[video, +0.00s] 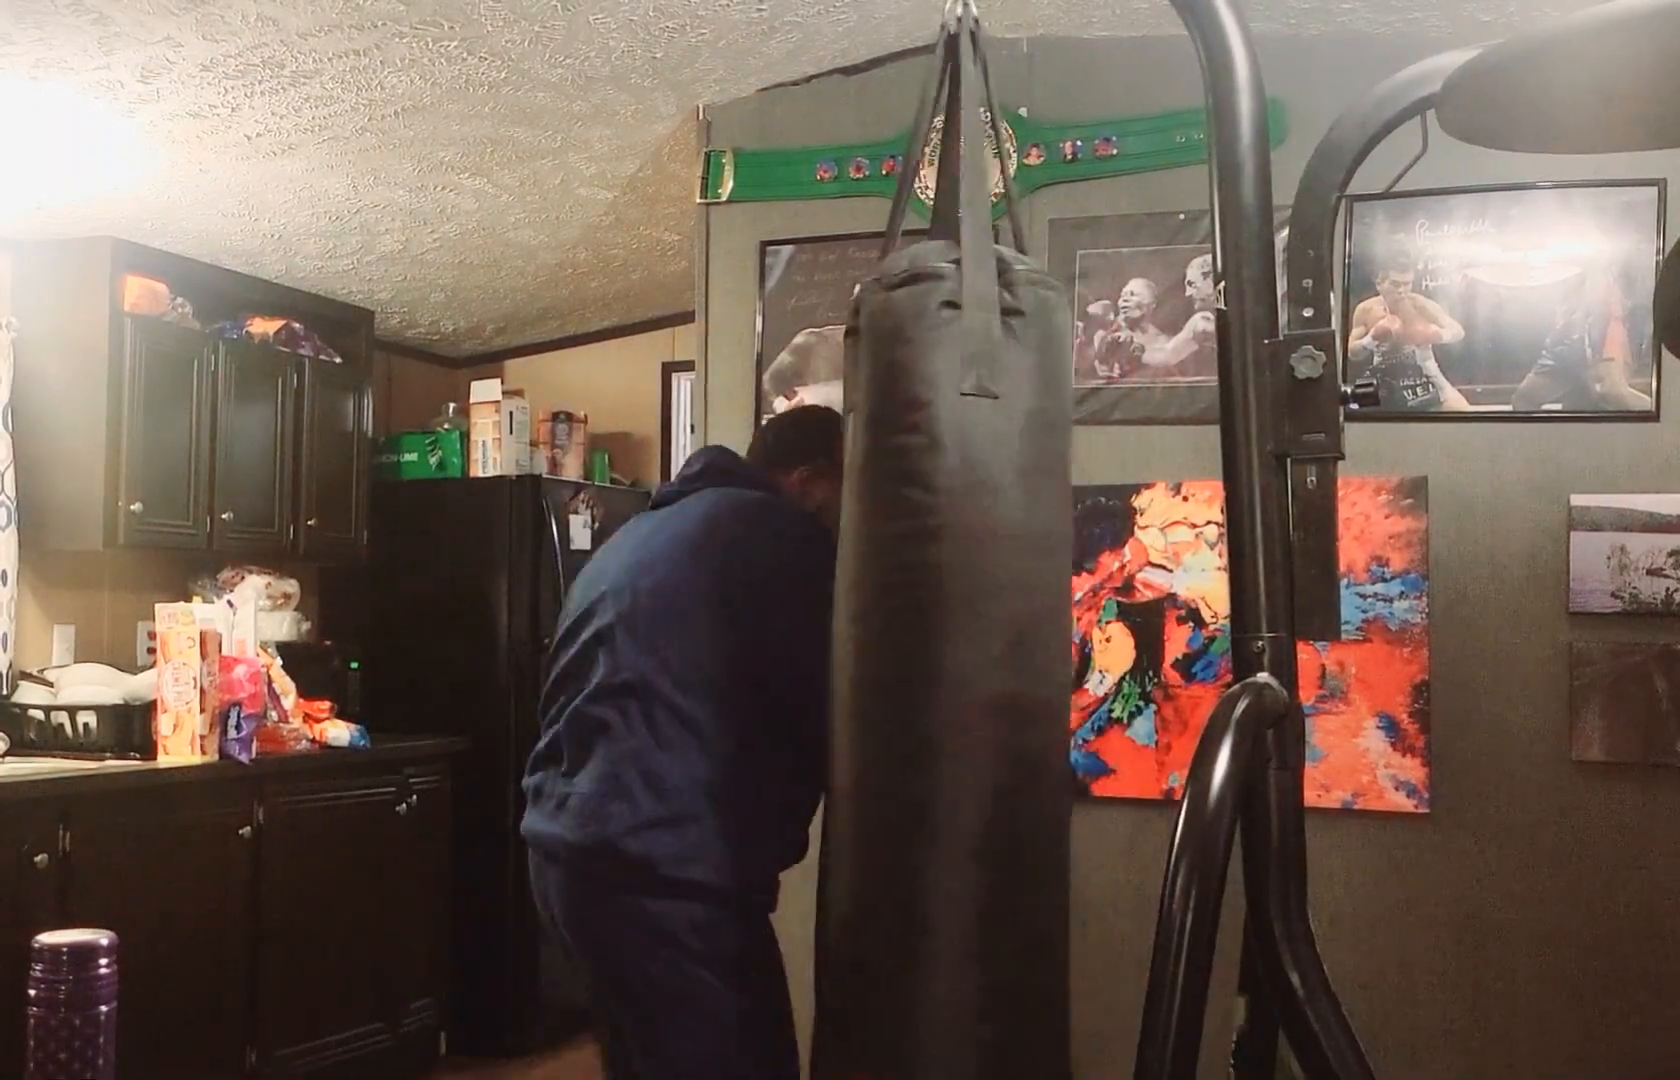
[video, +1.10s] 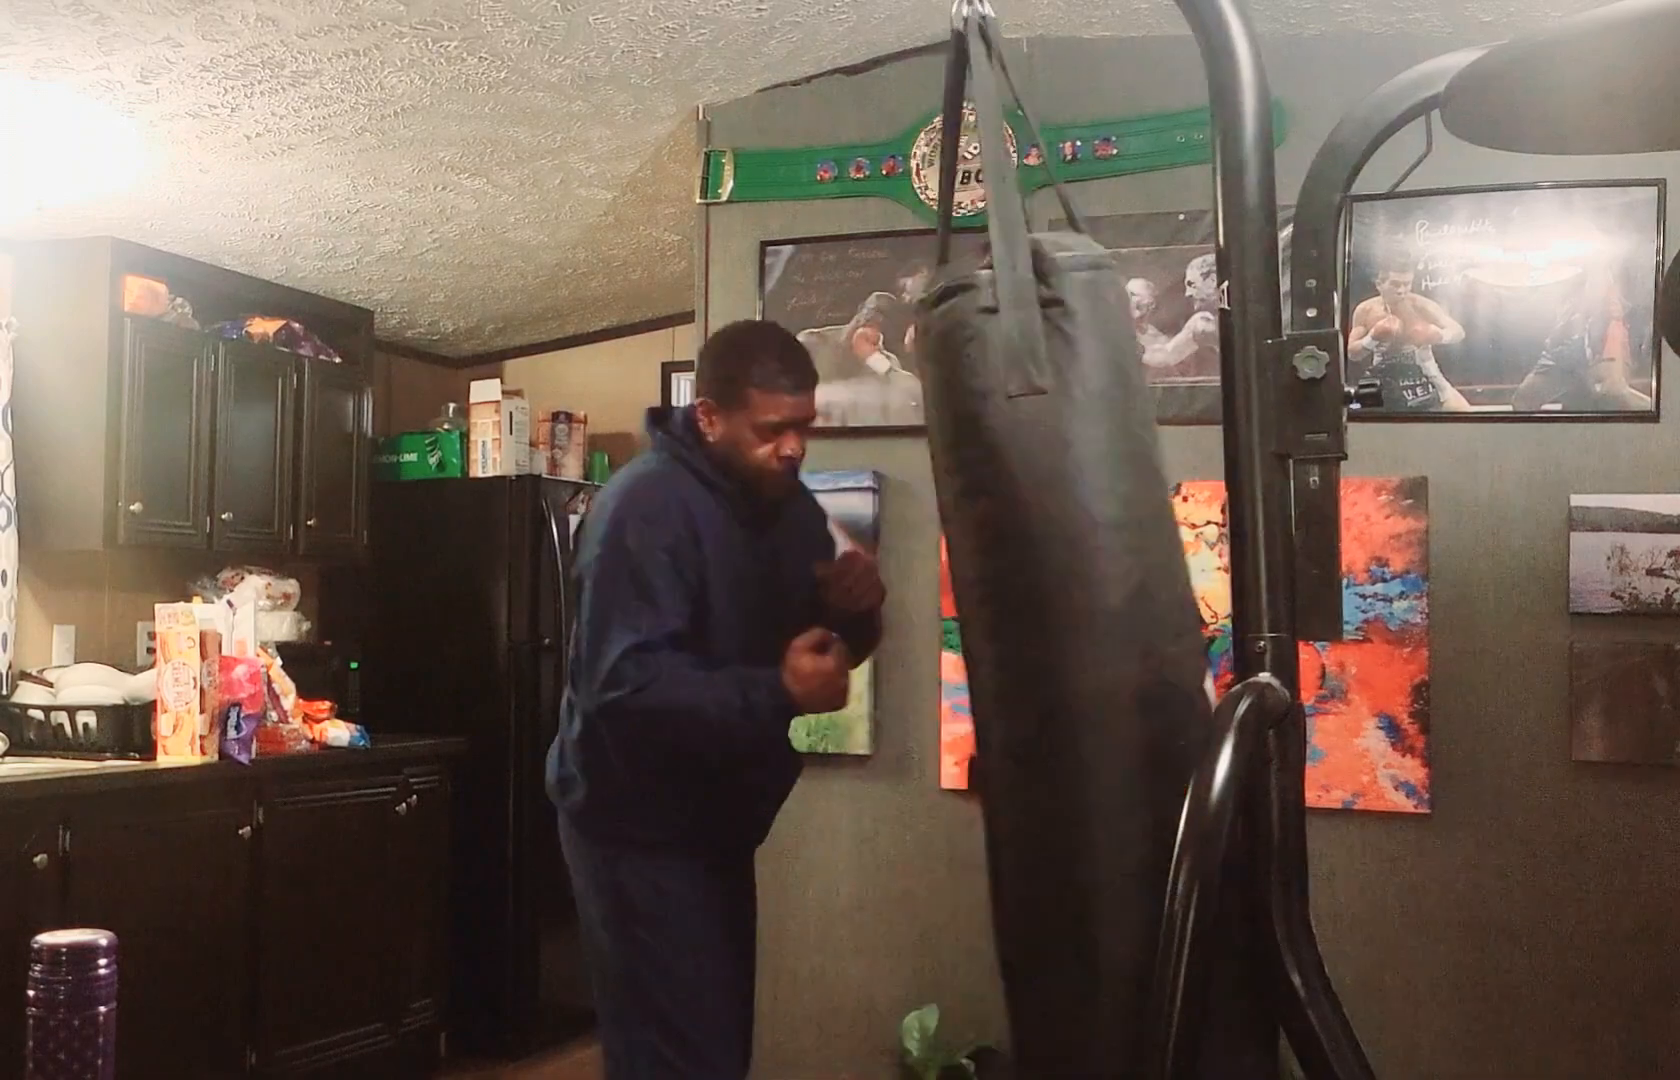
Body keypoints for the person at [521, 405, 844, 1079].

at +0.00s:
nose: (833, 524)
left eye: (840, 511)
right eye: (837, 507)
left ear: (753, 465)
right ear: (805, 480)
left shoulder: (634, 533)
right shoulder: (790, 534)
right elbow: (814, 711)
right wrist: (775, 842)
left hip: (563, 847)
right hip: (681, 860)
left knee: (643, 1059)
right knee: (751, 1063)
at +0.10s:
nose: (837, 518)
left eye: (844, 500)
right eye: (837, 495)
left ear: (779, 464)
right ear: (795, 470)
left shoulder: (660, 524)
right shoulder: (783, 541)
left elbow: (571, 665)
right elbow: (799, 722)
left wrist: (550, 784)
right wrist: (756, 840)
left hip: (580, 839)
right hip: (665, 854)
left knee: (653, 1054)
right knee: (727, 1060)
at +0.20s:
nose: (840, 488)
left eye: (845, 467)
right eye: (837, 465)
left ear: (782, 449)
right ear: (787, 449)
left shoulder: (713, 493)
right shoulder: (728, 505)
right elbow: (763, 682)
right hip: (638, 836)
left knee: (689, 1052)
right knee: (700, 1057)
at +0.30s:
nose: (815, 468)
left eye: (825, 454)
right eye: (811, 449)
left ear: (766, 424)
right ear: (758, 421)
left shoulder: (750, 494)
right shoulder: (676, 484)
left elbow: (783, 653)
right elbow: (697, 658)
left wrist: (811, 528)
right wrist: (796, 532)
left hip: (705, 811)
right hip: (628, 815)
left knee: (723, 1042)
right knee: (668, 1048)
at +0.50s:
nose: (799, 494)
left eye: (806, 473)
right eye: (783, 474)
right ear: (714, 459)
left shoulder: (783, 530)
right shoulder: (632, 528)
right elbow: (596, 694)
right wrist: (720, 597)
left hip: (726, 811)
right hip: (632, 818)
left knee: (744, 1022)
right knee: (671, 1036)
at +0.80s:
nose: (831, 463)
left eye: (837, 442)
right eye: (814, 445)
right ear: (748, 426)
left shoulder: (792, 501)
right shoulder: (686, 504)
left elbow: (833, 628)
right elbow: (659, 679)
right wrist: (811, 671)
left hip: (718, 811)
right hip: (642, 816)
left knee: (723, 1039)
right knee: (675, 1045)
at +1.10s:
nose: (792, 451)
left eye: (803, 429)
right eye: (772, 432)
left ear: (815, 414)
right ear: (709, 418)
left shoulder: (785, 502)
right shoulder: (643, 504)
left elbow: (834, 651)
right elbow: (624, 682)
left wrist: (855, 610)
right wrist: (781, 692)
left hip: (721, 816)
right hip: (634, 821)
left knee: (723, 1043)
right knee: (675, 1049)